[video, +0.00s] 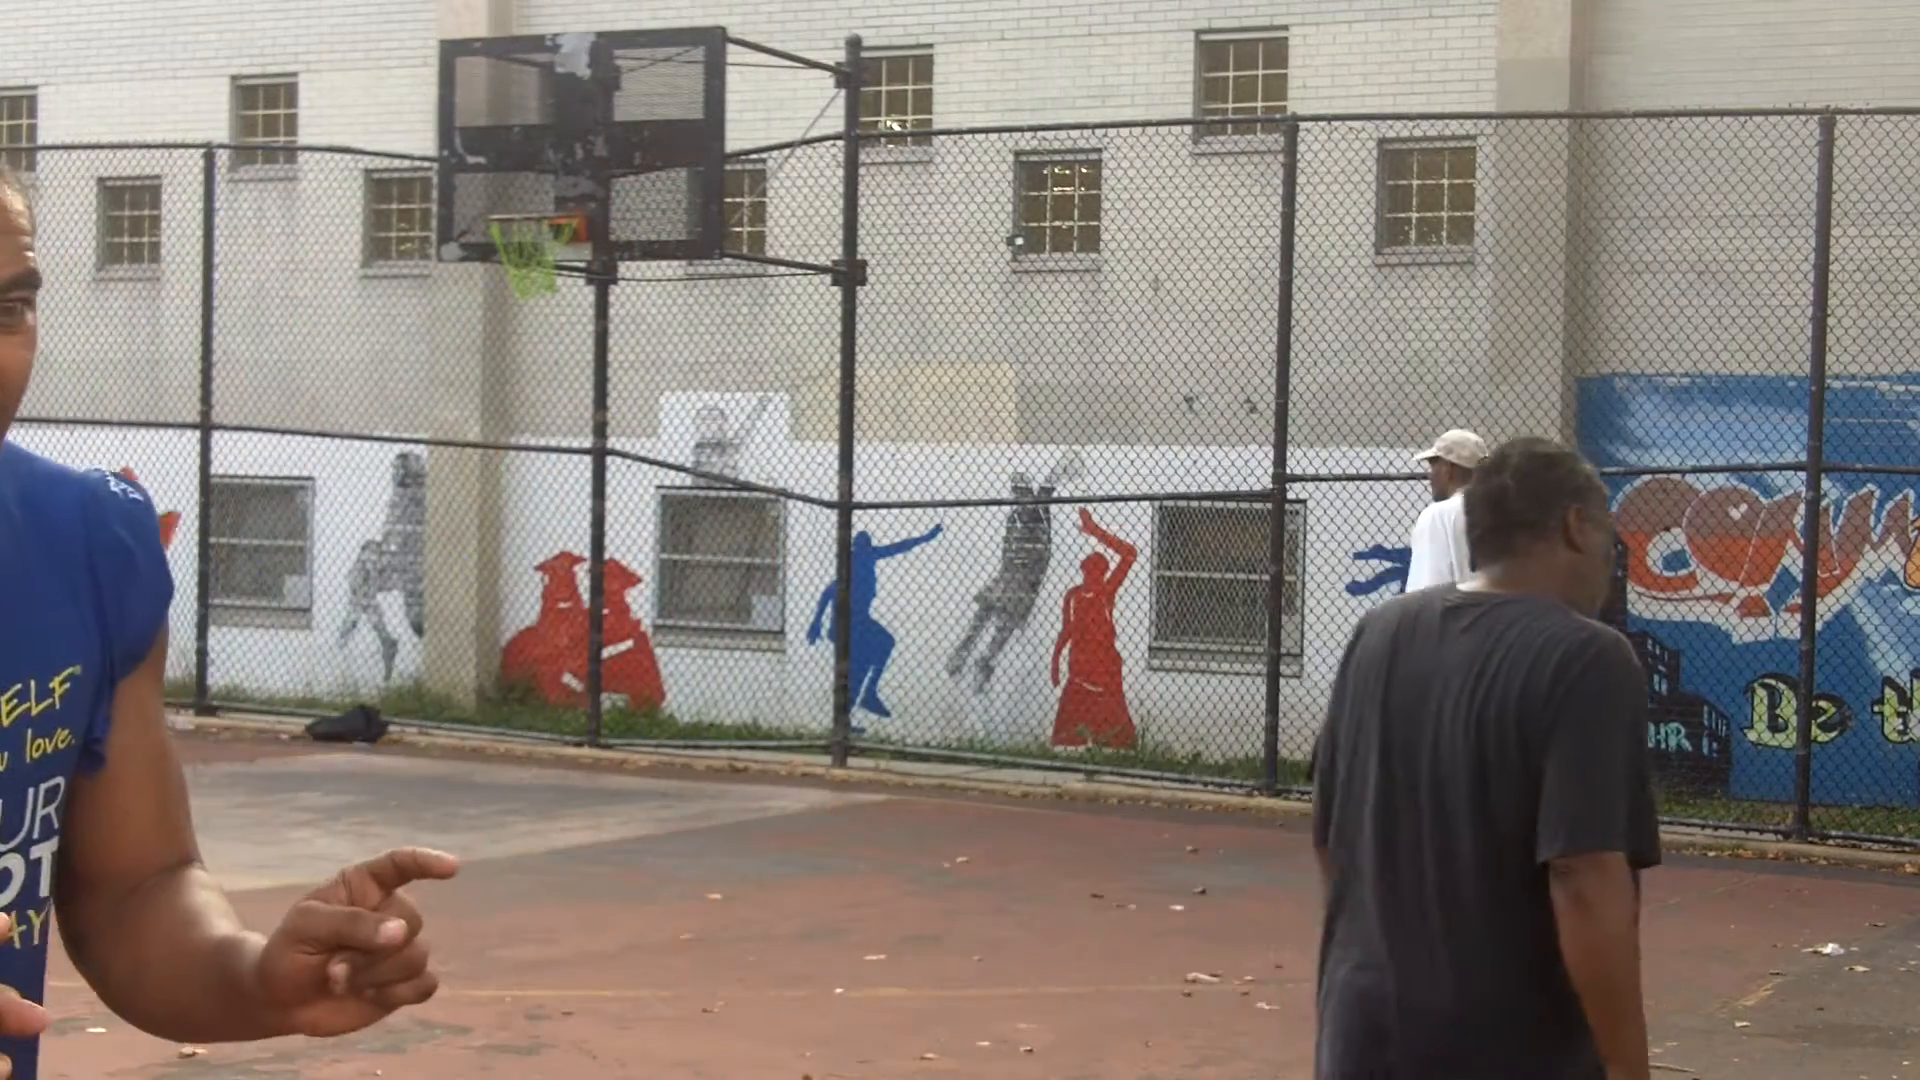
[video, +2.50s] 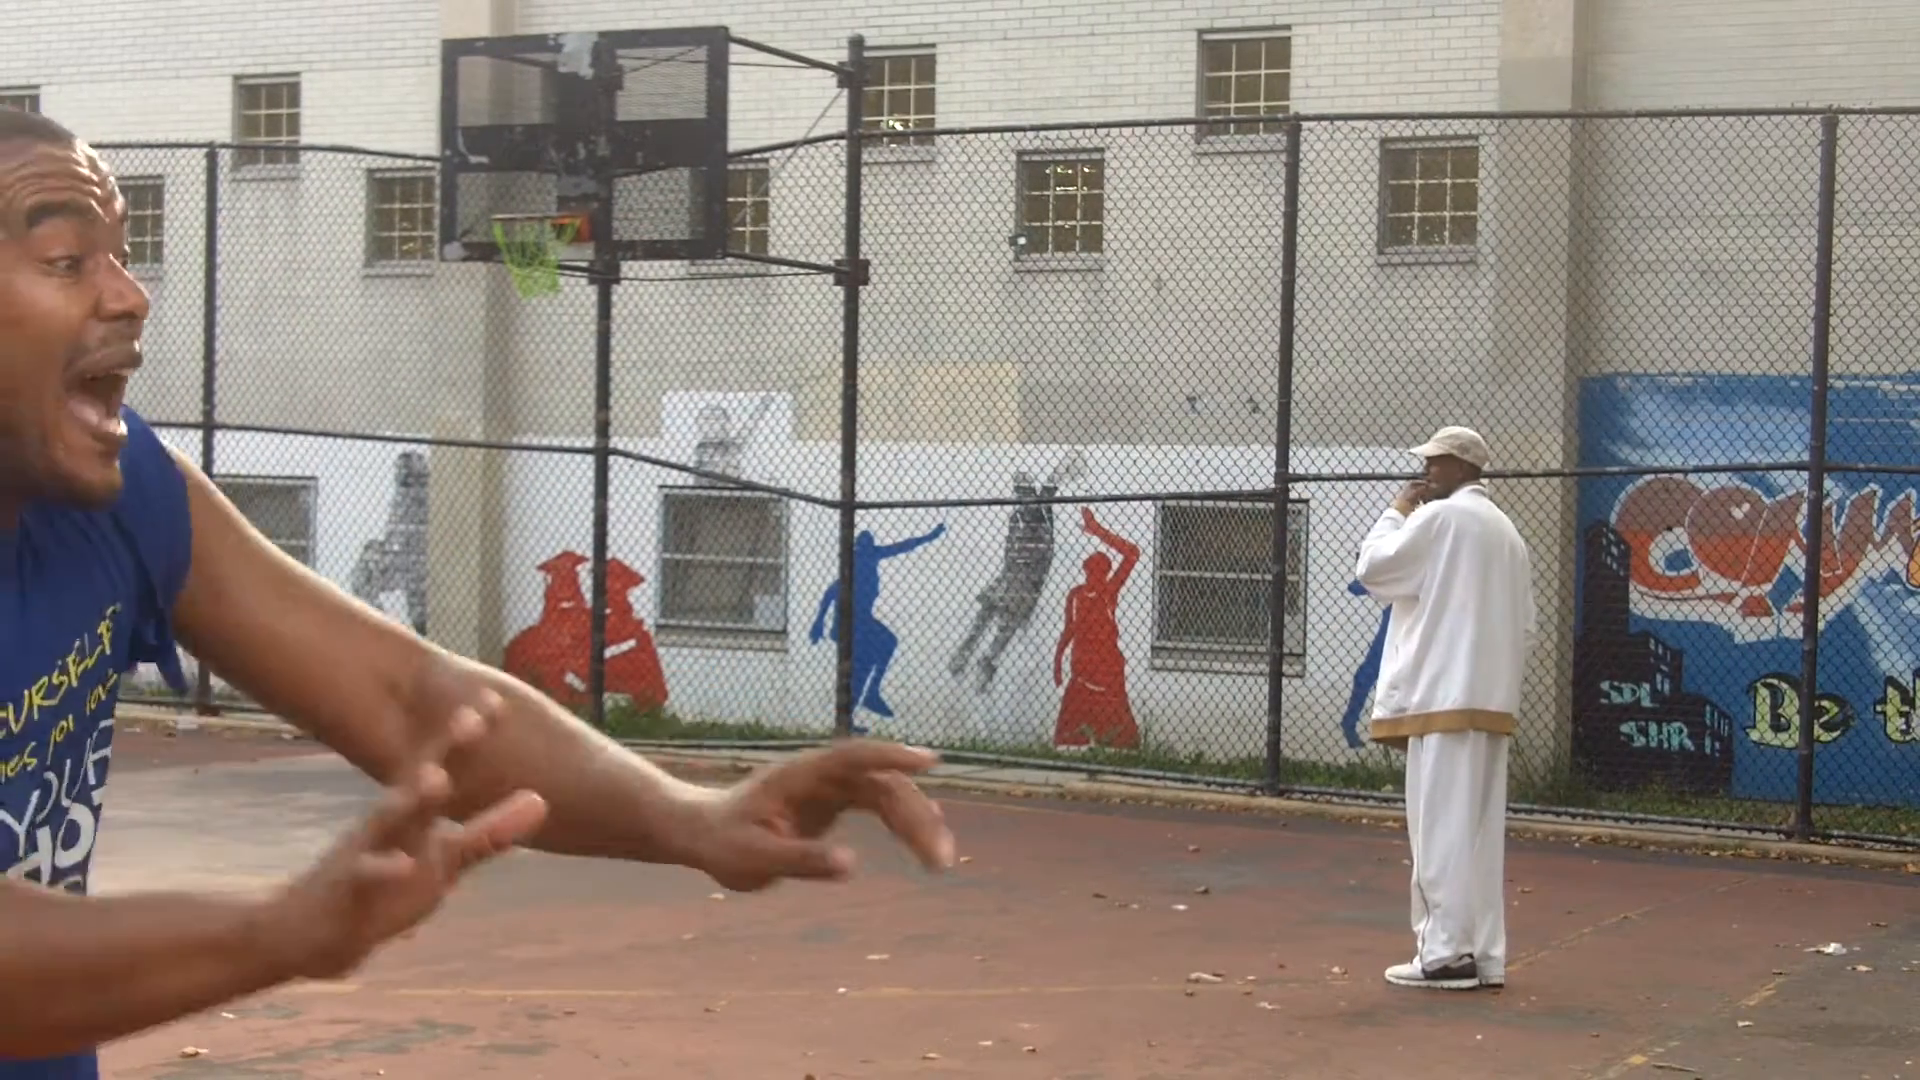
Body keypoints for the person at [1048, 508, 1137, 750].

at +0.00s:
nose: (1094, 575)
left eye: (1098, 570)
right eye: (1090, 569)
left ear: (1104, 572)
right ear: (1083, 569)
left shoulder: (1109, 590)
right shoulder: (1073, 594)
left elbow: (1129, 554)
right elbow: (1067, 629)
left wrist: (1095, 531)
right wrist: (1055, 658)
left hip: (1105, 657)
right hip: (1080, 657)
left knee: (1109, 703)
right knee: (1075, 703)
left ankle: (1116, 745)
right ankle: (1070, 745)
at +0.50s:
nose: (1093, 575)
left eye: (1098, 570)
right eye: (1089, 569)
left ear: (1104, 572)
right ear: (1083, 569)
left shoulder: (1108, 590)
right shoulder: (1073, 594)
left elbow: (1129, 554)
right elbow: (1066, 629)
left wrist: (1095, 531)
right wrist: (1055, 659)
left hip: (1105, 656)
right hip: (1079, 656)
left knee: (1108, 703)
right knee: (1075, 703)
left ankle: (1117, 746)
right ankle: (1069, 745)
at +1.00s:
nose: (1093, 574)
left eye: (1097, 569)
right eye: (1089, 569)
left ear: (1103, 572)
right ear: (1082, 569)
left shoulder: (1107, 589)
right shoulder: (1072, 593)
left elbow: (1128, 553)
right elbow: (1065, 629)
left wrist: (1094, 530)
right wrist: (1054, 658)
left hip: (1104, 657)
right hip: (1078, 657)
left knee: (1107, 704)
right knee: (1074, 704)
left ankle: (1116, 746)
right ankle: (1067, 745)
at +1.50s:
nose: (1096, 575)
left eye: (1101, 570)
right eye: (1093, 569)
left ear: (1106, 572)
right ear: (1086, 569)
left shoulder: (1112, 589)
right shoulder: (1076, 593)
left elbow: (1132, 553)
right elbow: (1069, 629)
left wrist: (1098, 531)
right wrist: (1058, 658)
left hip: (1108, 656)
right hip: (1083, 656)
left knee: (1111, 703)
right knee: (1078, 702)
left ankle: (1120, 745)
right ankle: (1071, 745)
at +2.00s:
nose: (1097, 575)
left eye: (1101, 570)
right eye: (1093, 569)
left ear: (1107, 572)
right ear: (1086, 569)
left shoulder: (1112, 589)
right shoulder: (1076, 593)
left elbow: (1132, 554)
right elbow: (1069, 629)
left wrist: (1098, 531)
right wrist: (1058, 660)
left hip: (1108, 657)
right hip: (1082, 657)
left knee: (1111, 704)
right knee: (1078, 704)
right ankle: (1071, 745)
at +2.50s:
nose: (1097, 575)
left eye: (1101, 570)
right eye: (1093, 569)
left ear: (1107, 572)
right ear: (1086, 569)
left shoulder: (1112, 589)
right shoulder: (1076, 593)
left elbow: (1132, 554)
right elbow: (1069, 628)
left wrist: (1098, 531)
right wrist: (1058, 659)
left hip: (1108, 657)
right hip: (1082, 657)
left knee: (1111, 705)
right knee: (1078, 705)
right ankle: (1070, 746)